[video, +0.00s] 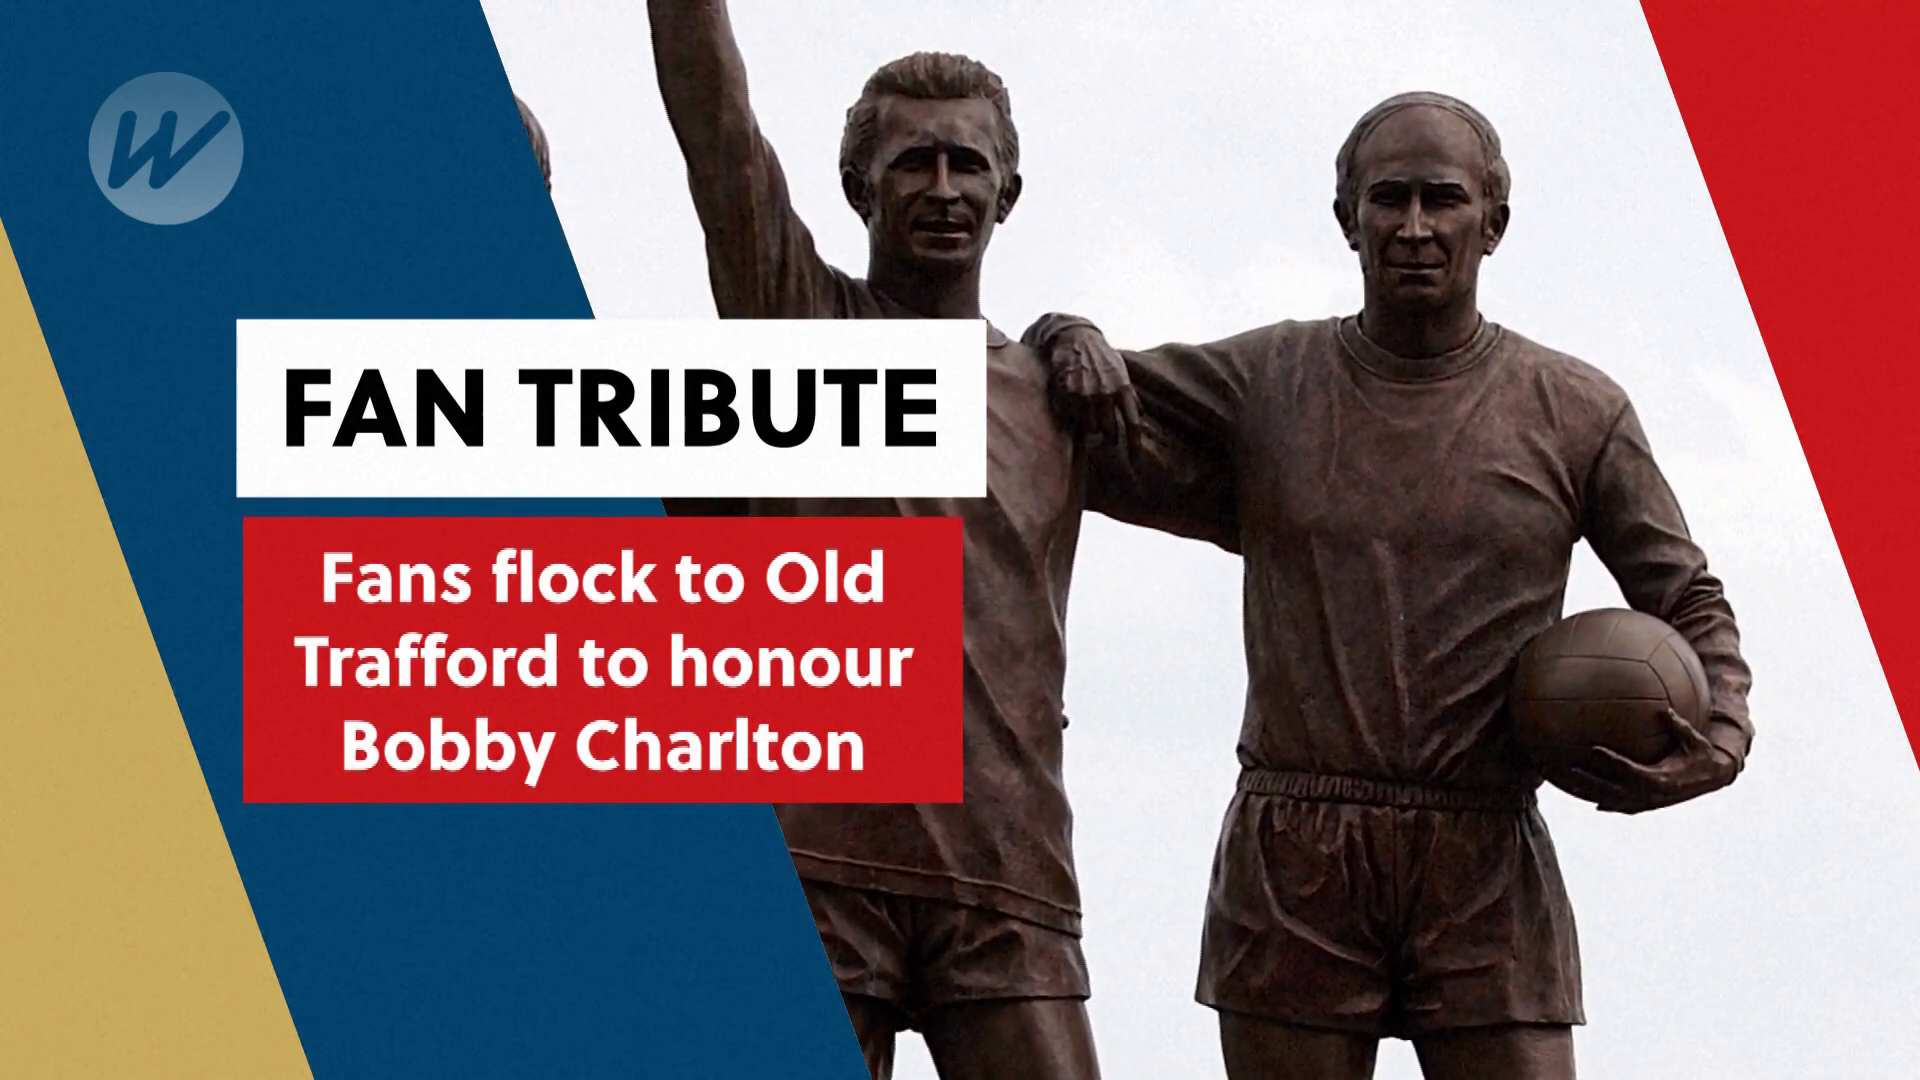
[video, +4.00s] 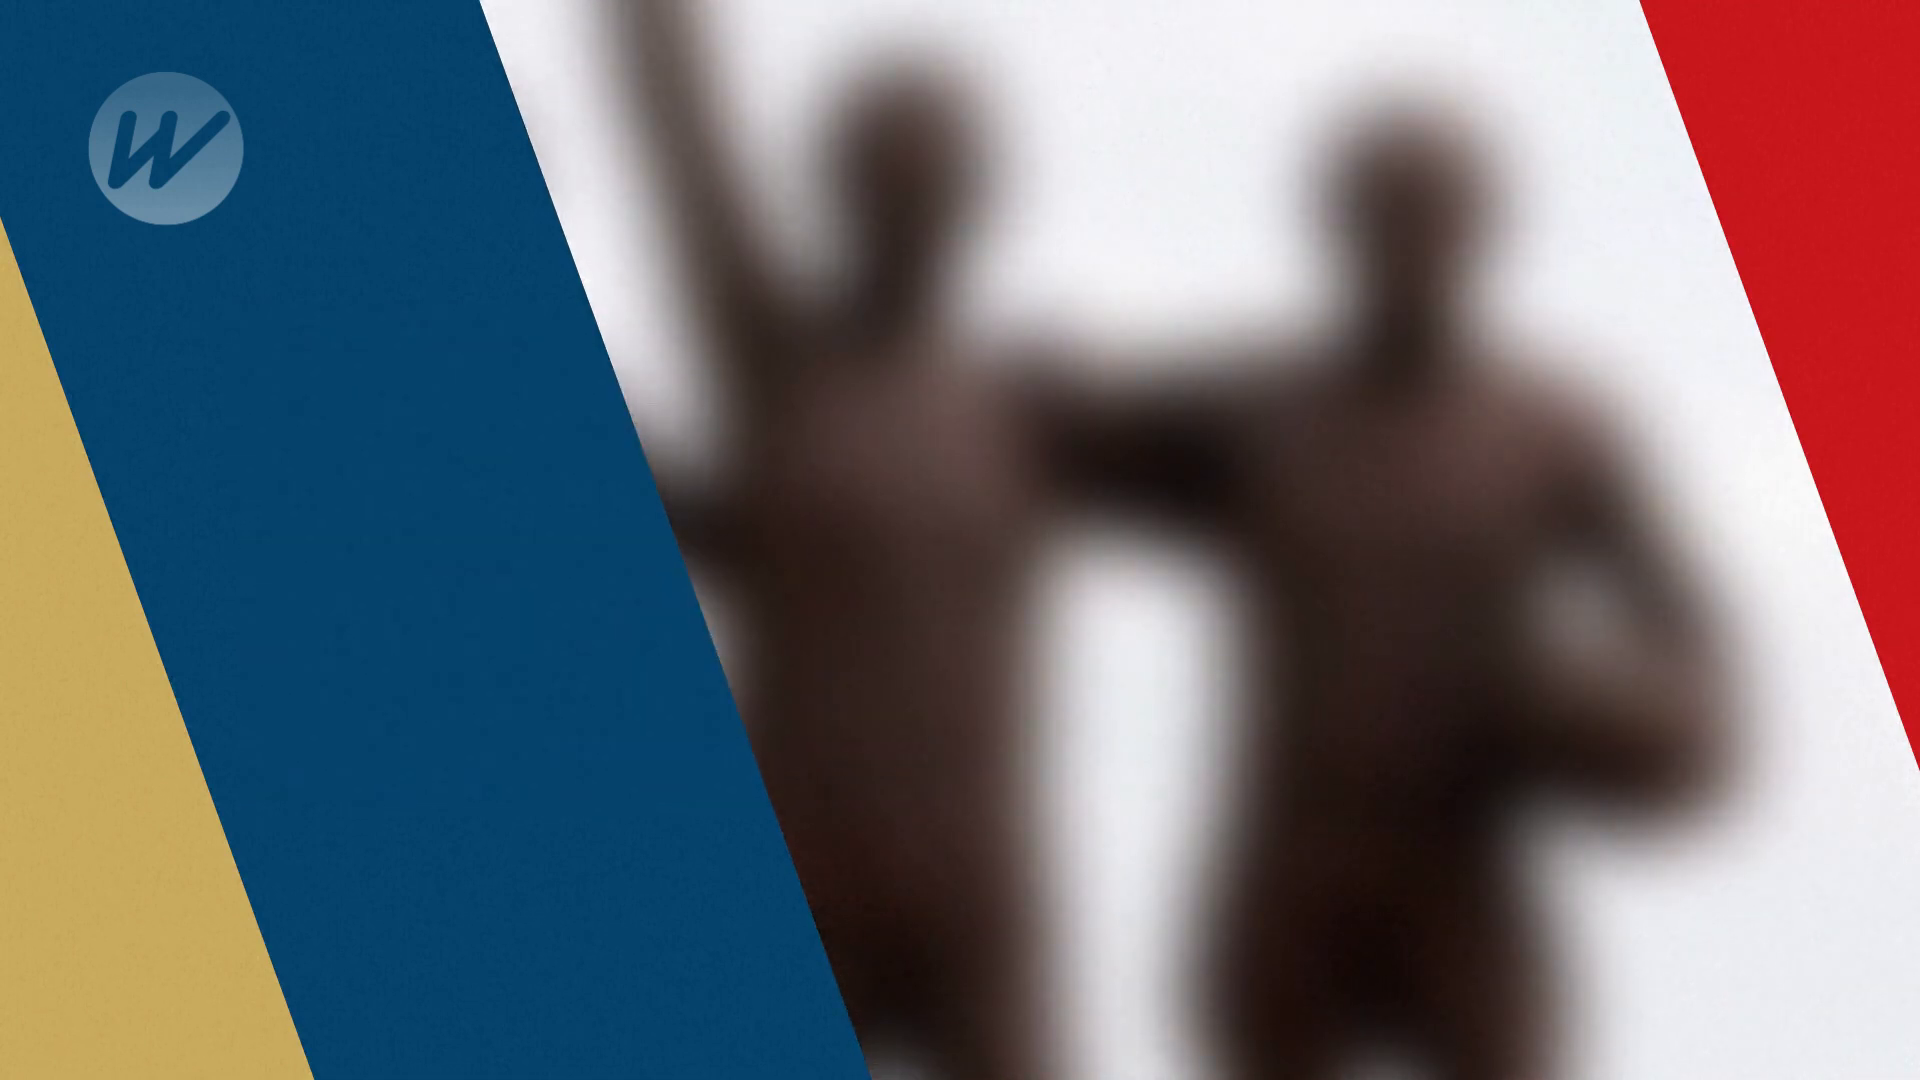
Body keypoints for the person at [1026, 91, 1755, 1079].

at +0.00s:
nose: (1414, 224)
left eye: (1443, 197)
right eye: (1387, 199)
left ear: (1495, 221)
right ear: (1347, 220)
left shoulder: (1577, 408)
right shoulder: (1265, 377)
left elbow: (1686, 599)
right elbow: (1084, 410)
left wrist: (1721, 730)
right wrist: (1066, 337)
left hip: (1485, 863)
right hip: (1291, 859)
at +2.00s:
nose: (1402, 233)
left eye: (1432, 204)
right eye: (1375, 206)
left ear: (1486, 228)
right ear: (1335, 227)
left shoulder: (1569, 419)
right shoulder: (1252, 387)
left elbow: (1681, 614)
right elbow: (1079, 440)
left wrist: (1718, 752)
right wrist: (1046, 351)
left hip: (1478, 891)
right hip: (1276, 885)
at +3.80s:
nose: (1407, 247)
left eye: (1431, 213)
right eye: (1384, 213)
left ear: (1475, 226)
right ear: (1345, 224)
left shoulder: (1549, 436)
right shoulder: (1265, 420)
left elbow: (1692, 690)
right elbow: (1052, 434)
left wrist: (1582, 708)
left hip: (1467, 908)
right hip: (1287, 902)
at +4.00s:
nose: (1411, 252)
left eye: (1433, 218)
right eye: (1388, 218)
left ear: (1471, 230)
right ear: (1350, 228)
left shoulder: (1546, 442)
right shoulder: (1270, 429)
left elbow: (1685, 725)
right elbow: (1024, 427)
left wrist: (1531, 705)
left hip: (1467, 919)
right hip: (1293, 913)